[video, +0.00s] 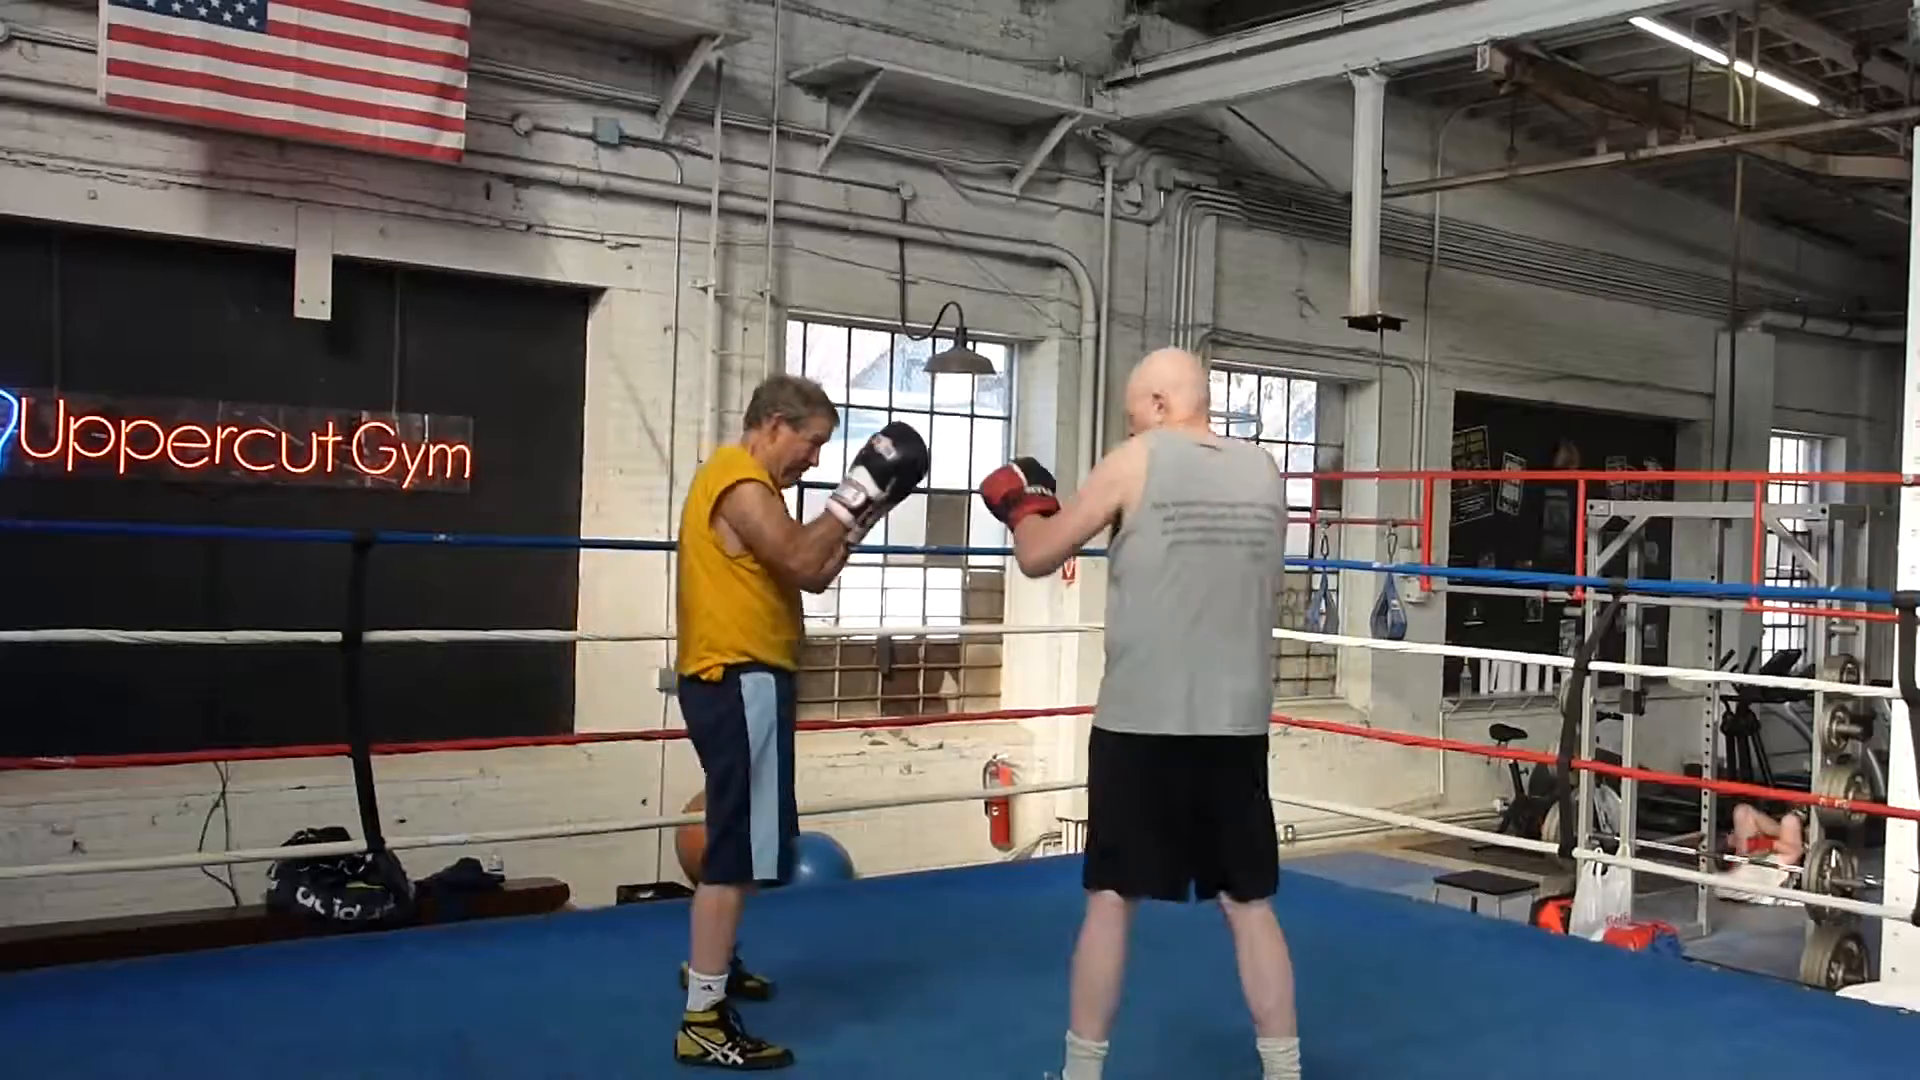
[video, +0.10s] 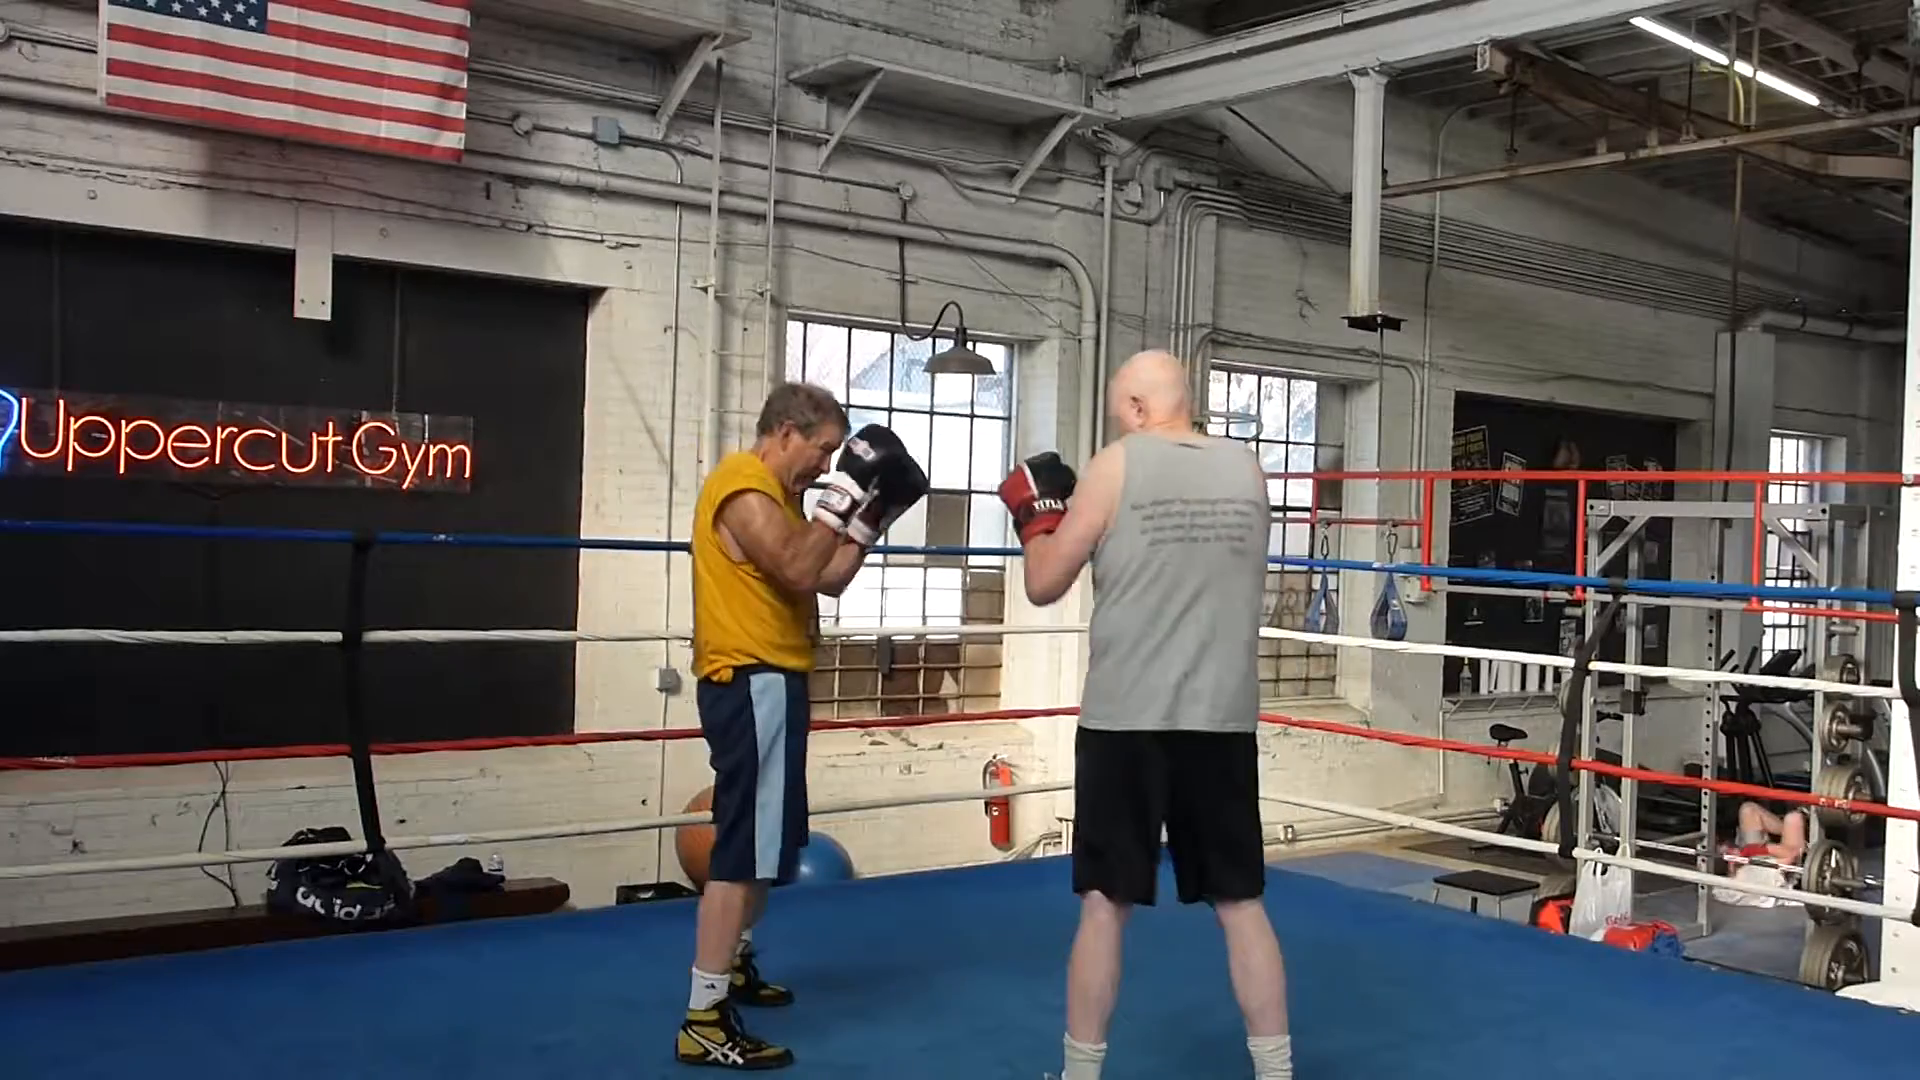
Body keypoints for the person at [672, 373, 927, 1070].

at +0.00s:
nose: (816, 458)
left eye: (821, 447)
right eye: (814, 441)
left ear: (777, 430)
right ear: (778, 425)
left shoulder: (751, 484)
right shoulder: (737, 474)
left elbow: (815, 573)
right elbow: (798, 556)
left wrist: (862, 513)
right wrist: (857, 490)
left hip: (748, 677)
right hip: (736, 679)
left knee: (741, 838)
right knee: (736, 847)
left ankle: (712, 964)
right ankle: (701, 1024)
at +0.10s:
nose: (826, 465)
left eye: (830, 455)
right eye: (824, 450)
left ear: (793, 441)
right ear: (789, 433)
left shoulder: (776, 498)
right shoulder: (743, 481)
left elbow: (828, 578)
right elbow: (797, 567)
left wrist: (872, 520)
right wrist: (844, 496)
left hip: (776, 679)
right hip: (748, 679)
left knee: (766, 838)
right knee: (743, 847)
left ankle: (728, 966)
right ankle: (702, 1022)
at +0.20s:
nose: (834, 470)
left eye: (838, 459)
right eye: (831, 455)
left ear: (800, 444)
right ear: (798, 441)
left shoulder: (790, 506)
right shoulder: (752, 491)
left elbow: (855, 574)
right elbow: (810, 562)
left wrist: (883, 505)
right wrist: (848, 494)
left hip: (787, 679)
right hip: (763, 679)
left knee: (781, 838)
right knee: (777, 845)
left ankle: (728, 976)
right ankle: (710, 1014)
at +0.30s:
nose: (846, 468)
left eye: (849, 459)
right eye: (842, 456)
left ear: (819, 452)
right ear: (811, 443)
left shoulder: (811, 508)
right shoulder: (765, 489)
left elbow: (876, 569)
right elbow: (821, 556)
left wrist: (898, 497)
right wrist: (848, 480)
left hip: (802, 675)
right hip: (776, 675)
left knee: (775, 838)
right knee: (836, 844)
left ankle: (721, 972)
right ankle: (755, 980)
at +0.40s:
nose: (866, 460)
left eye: (869, 451)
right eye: (860, 448)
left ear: (833, 445)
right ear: (827, 440)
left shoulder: (835, 508)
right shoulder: (780, 488)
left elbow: (896, 567)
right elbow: (823, 558)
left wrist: (923, 501)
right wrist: (861, 483)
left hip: (820, 676)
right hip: (795, 676)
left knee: (769, 832)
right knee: (872, 831)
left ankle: (720, 972)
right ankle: (817, 973)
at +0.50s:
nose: (895, 467)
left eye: (900, 458)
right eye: (888, 454)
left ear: (869, 454)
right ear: (848, 446)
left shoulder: (867, 512)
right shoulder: (800, 498)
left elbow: (919, 576)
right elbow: (821, 579)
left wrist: (950, 519)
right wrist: (865, 509)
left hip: (839, 680)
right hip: (820, 681)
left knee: (776, 831)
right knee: (901, 832)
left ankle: (721, 971)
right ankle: (888, 973)